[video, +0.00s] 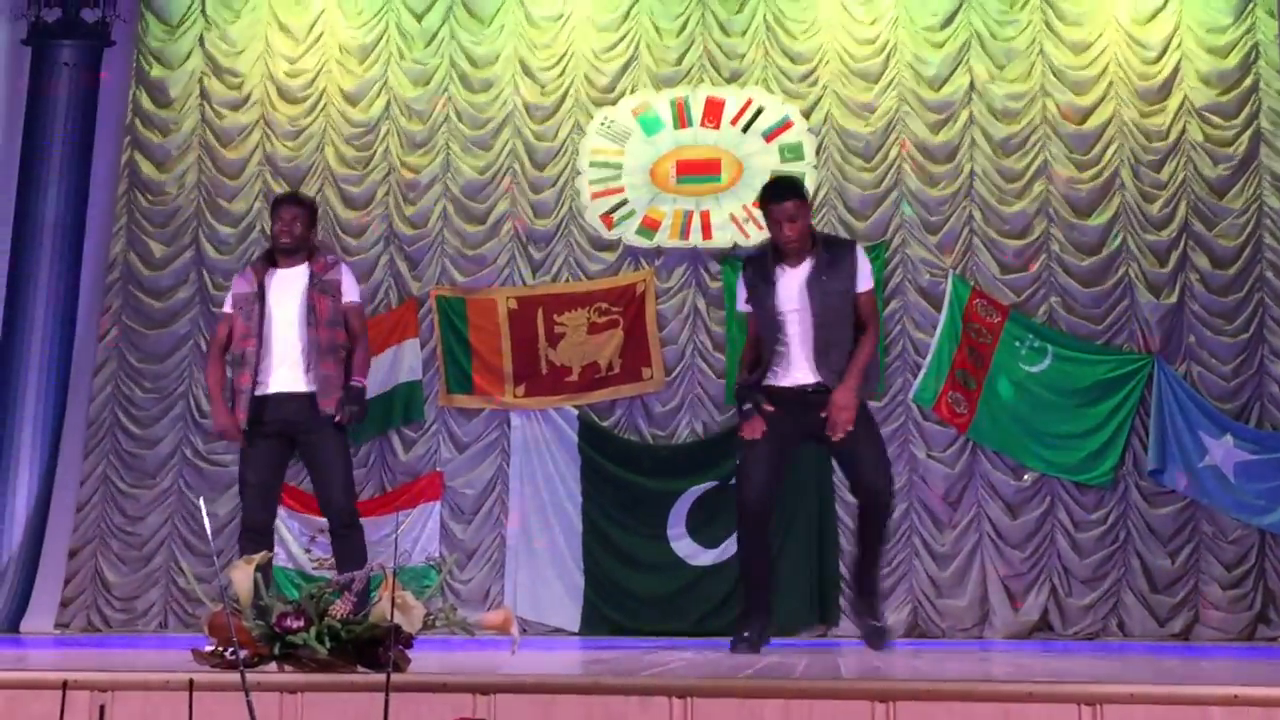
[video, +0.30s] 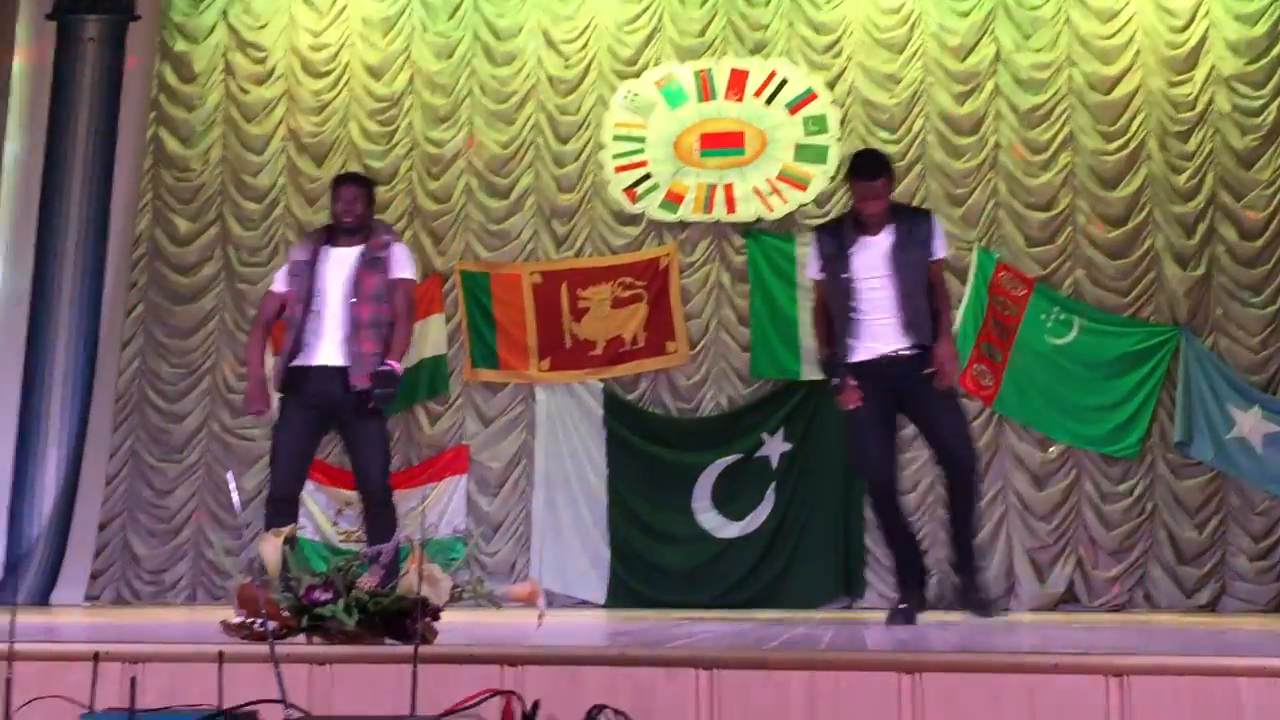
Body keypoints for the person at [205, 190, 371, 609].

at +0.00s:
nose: (287, 229)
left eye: (297, 222)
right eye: (280, 222)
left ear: (312, 229)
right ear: (271, 228)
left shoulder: (335, 273)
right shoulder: (247, 280)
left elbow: (359, 337)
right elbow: (216, 351)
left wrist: (356, 387)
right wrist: (220, 410)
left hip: (319, 411)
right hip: (263, 413)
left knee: (341, 512)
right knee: (255, 518)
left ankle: (357, 611)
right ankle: (253, 617)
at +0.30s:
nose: (348, 207)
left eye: (356, 201)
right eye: (342, 200)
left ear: (371, 207)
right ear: (331, 205)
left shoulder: (390, 249)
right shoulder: (305, 253)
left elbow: (404, 310)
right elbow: (262, 320)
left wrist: (392, 364)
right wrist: (254, 381)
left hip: (360, 384)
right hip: (304, 385)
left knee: (376, 491)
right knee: (282, 489)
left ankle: (383, 590)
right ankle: (276, 591)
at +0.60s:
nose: (337, 161)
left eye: (346, 155)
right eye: (331, 154)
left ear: (361, 162)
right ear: (319, 159)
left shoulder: (379, 214)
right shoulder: (293, 206)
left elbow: (399, 277)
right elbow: (265, 273)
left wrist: (415, 322)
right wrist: (235, 331)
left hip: (364, 336)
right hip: (307, 335)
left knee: (379, 434)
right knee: (294, 440)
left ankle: (382, 534)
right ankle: (293, 536)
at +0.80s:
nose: (364, 179)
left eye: (372, 172)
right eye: (357, 172)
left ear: (387, 177)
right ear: (347, 178)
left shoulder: (406, 220)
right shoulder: (328, 227)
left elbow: (424, 280)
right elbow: (302, 291)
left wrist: (435, 337)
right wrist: (277, 345)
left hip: (386, 352)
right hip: (332, 353)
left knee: (406, 446)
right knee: (309, 448)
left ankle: (426, 541)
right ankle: (317, 545)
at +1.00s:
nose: (367, 209)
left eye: (375, 202)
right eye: (361, 202)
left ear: (390, 208)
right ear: (350, 208)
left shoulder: (412, 261)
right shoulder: (326, 257)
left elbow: (423, 326)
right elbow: (307, 329)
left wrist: (428, 377)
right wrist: (290, 392)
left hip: (395, 385)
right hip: (340, 386)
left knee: (415, 478)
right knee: (328, 483)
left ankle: (431, 568)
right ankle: (338, 572)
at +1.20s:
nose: (342, 231)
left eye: (351, 224)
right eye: (335, 224)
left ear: (365, 231)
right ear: (327, 229)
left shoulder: (386, 280)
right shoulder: (305, 281)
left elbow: (426, 338)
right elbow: (264, 342)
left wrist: (435, 392)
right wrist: (282, 397)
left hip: (381, 404)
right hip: (326, 409)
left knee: (402, 496)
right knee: (329, 507)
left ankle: (419, 584)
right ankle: (332, 592)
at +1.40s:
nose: (336, 212)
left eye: (344, 205)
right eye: (329, 205)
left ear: (359, 213)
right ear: (320, 212)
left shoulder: (379, 261)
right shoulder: (298, 261)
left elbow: (429, 314)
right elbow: (256, 316)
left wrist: (476, 300)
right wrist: (229, 296)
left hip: (368, 389)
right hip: (315, 392)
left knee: (389, 484)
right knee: (315, 490)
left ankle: (408, 573)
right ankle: (313, 580)